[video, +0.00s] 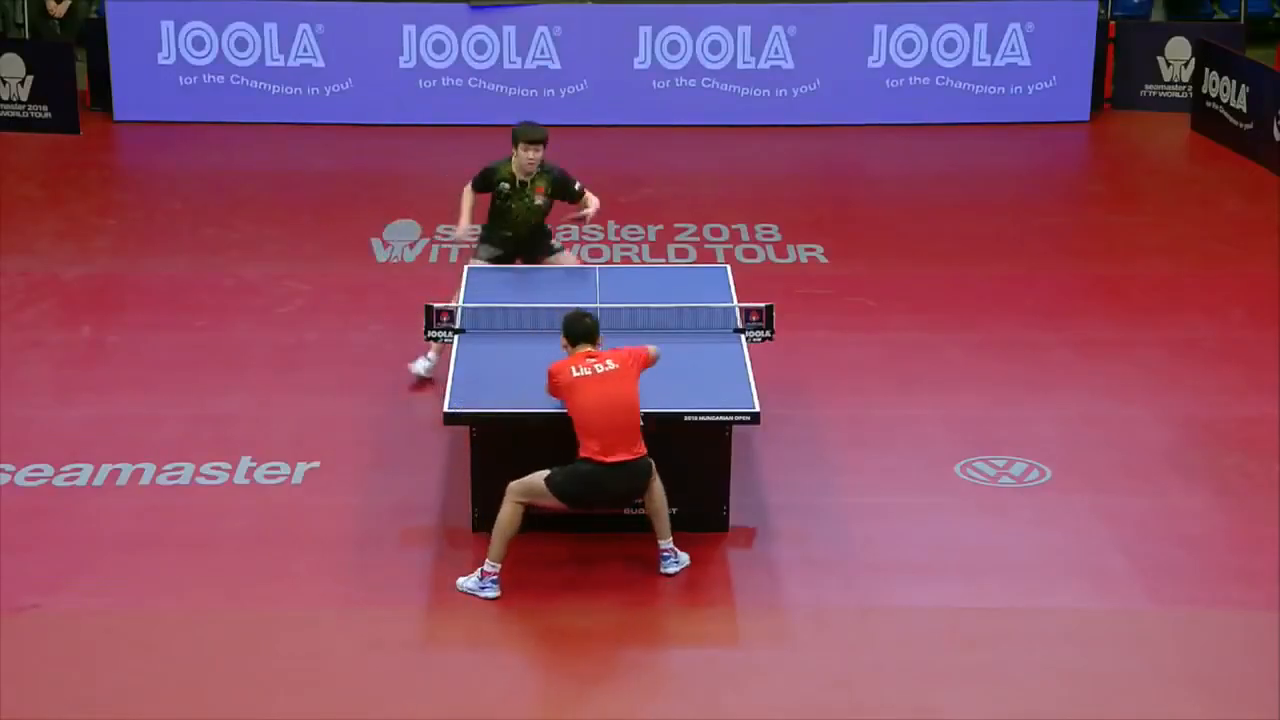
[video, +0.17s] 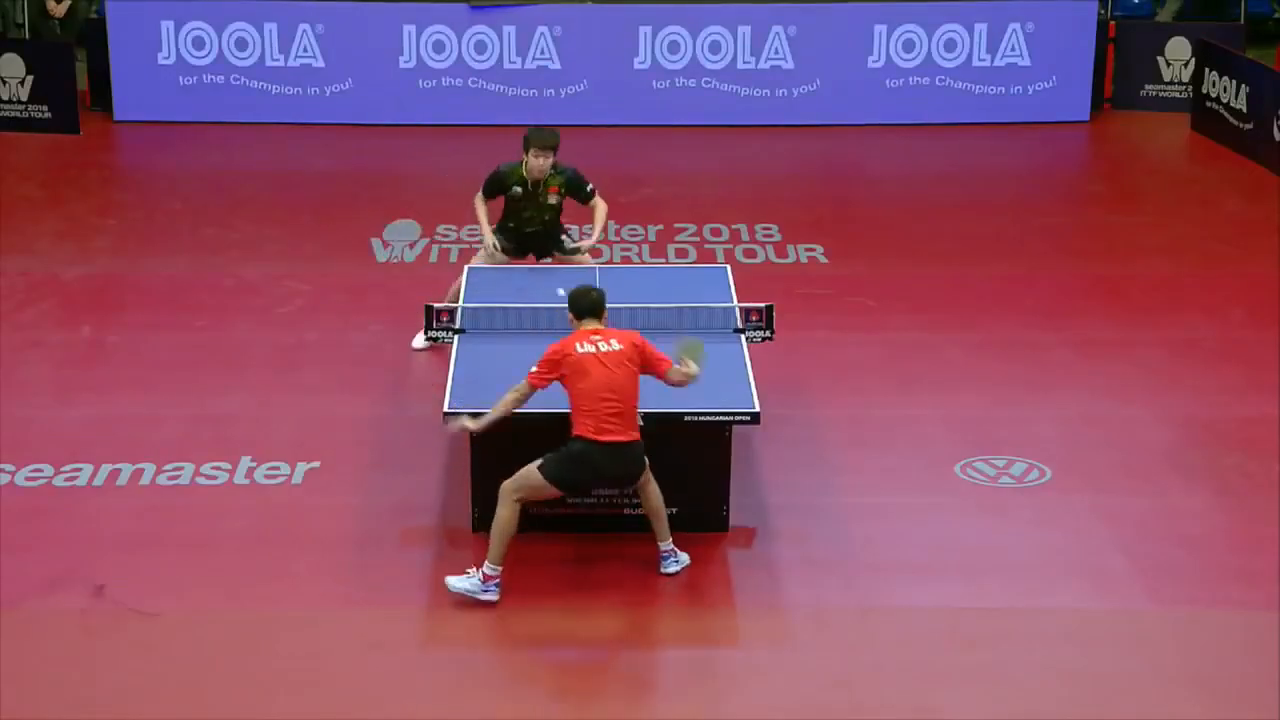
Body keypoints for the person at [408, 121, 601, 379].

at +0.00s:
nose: (533, 156)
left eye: (538, 150)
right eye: (527, 150)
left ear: (544, 151)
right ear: (515, 150)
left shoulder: (553, 176)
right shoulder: (498, 172)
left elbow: (589, 198)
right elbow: (470, 189)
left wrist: (590, 208)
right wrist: (464, 223)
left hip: (536, 242)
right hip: (496, 242)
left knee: (576, 272)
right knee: (465, 294)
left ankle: (584, 343)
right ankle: (432, 356)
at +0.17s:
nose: (542, 163)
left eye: (547, 157)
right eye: (536, 156)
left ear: (554, 157)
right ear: (525, 155)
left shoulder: (566, 176)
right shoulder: (507, 174)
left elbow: (600, 205)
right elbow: (480, 199)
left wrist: (594, 238)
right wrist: (486, 232)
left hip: (552, 239)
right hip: (511, 238)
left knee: (589, 270)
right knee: (471, 274)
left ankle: (595, 331)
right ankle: (436, 327)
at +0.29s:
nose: (538, 184)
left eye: (543, 178)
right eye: (533, 178)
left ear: (550, 177)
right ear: (523, 175)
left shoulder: (562, 195)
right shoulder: (507, 189)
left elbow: (595, 223)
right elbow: (477, 213)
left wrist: (579, 248)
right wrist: (485, 234)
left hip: (553, 251)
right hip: (511, 247)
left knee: (592, 273)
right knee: (465, 280)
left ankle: (593, 331)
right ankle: (437, 326)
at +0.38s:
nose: (536, 175)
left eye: (541, 170)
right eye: (531, 170)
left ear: (548, 169)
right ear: (522, 165)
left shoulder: (559, 187)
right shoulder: (508, 176)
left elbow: (589, 215)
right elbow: (483, 189)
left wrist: (557, 229)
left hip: (548, 243)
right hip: (509, 239)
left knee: (589, 273)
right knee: (459, 269)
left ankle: (590, 329)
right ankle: (435, 326)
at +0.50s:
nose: (536, 145)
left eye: (541, 140)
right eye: (532, 139)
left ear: (550, 138)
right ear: (523, 135)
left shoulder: (558, 155)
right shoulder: (512, 146)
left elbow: (575, 183)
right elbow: (501, 154)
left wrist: (574, 186)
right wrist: (485, 181)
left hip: (553, 214)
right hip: (516, 211)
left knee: (594, 264)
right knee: (473, 260)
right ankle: (437, 322)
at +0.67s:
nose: (544, 131)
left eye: (548, 125)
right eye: (538, 125)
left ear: (555, 125)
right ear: (527, 124)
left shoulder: (566, 145)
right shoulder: (515, 141)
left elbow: (606, 167)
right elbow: (501, 154)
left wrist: (590, 178)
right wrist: (488, 186)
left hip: (561, 208)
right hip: (524, 206)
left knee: (594, 259)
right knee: (482, 259)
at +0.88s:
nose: (548, 142)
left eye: (554, 136)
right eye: (544, 135)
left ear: (563, 136)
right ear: (535, 133)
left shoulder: (577, 154)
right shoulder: (519, 150)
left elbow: (614, 178)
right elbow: (504, 168)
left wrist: (597, 207)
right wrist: (499, 209)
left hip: (565, 215)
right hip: (525, 215)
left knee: (606, 258)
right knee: (484, 260)